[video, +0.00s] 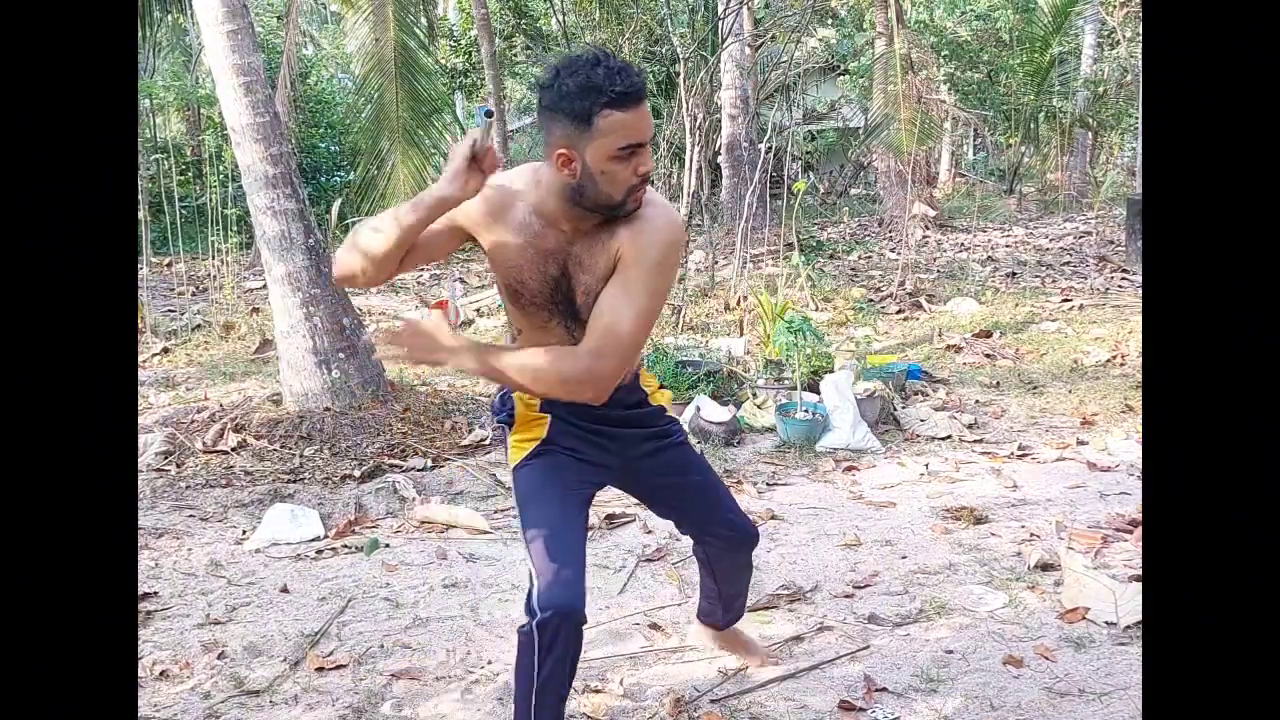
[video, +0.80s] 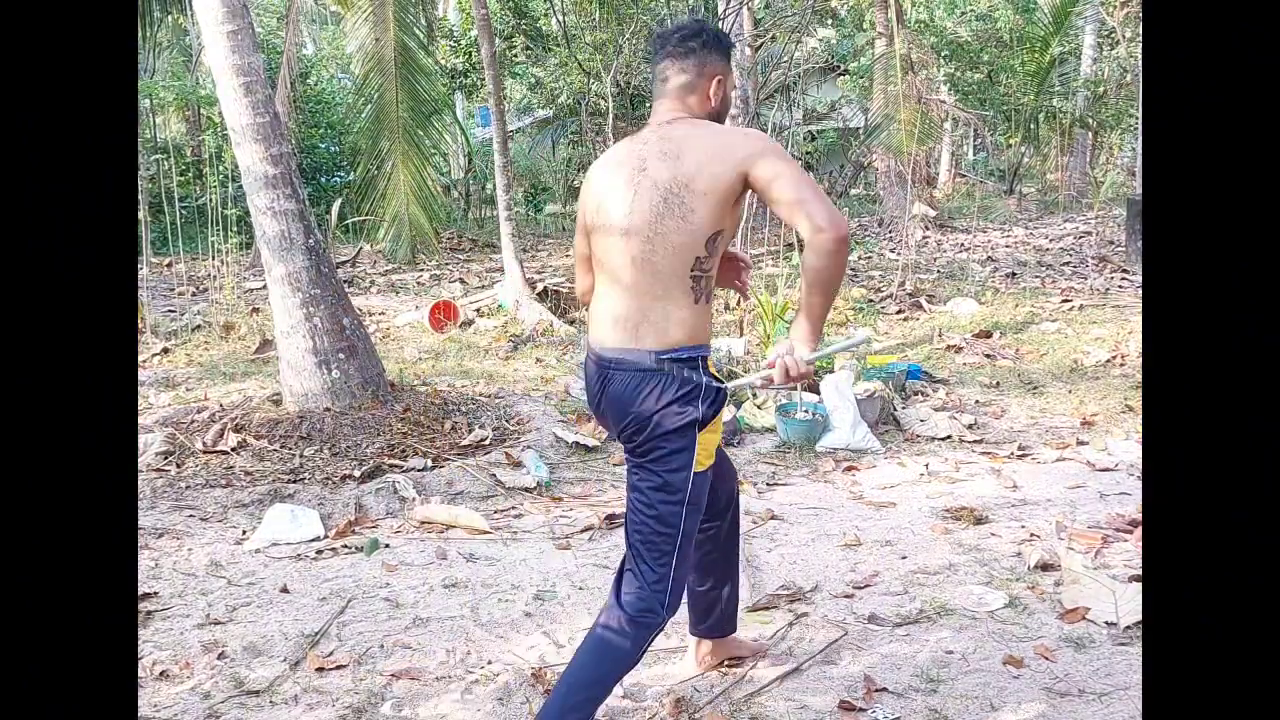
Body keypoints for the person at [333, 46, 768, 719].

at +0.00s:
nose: (648, 167)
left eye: (649, 146)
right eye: (628, 154)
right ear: (566, 159)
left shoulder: (655, 226)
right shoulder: (495, 202)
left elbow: (595, 373)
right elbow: (352, 269)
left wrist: (456, 349)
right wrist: (443, 194)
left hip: (632, 414)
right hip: (545, 421)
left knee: (732, 536)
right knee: (558, 603)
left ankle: (718, 623)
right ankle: (538, 714)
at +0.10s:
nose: (672, 164)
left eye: (672, 144)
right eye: (653, 152)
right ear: (596, 162)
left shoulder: (686, 213)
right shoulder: (529, 201)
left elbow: (677, 358)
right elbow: (375, 254)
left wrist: (554, 332)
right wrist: (480, 199)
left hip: (662, 404)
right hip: (578, 401)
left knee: (749, 525)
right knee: (594, 586)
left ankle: (719, 646)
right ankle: (554, 714)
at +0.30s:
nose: (699, 107)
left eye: (695, 94)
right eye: (688, 100)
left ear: (630, 116)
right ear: (640, 125)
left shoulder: (594, 134)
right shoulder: (627, 218)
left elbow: (677, 149)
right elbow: (750, 258)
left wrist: (725, 208)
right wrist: (794, 257)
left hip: (626, 373)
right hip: (637, 391)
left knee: (731, 494)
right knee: (649, 598)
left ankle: (721, 643)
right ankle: (558, 712)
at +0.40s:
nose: (709, 91)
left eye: (706, 76)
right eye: (702, 79)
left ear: (621, 94)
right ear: (664, 102)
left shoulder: (556, 155)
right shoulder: (709, 194)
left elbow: (621, 186)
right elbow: (787, 224)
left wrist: (686, 162)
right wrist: (764, 174)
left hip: (598, 382)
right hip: (664, 396)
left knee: (728, 493)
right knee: (657, 608)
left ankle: (718, 641)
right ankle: (562, 714)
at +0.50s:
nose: (707, 80)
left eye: (706, 67)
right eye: (703, 68)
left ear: (617, 76)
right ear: (678, 83)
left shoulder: (558, 163)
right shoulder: (730, 177)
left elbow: (538, 211)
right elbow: (719, 282)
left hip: (603, 389)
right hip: (678, 398)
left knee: (727, 492)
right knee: (667, 616)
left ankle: (721, 640)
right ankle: (562, 717)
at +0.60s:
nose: (703, 82)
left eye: (703, 70)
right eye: (701, 70)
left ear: (617, 76)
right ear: (683, 75)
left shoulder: (563, 165)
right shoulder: (728, 172)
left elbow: (522, 262)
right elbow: (770, 303)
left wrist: (597, 241)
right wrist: (723, 351)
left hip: (597, 402)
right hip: (675, 407)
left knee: (714, 494)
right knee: (663, 620)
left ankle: (720, 639)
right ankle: (561, 717)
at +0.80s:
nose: (729, 100)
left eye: (726, 90)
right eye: (729, 89)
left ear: (657, 86)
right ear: (715, 86)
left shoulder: (605, 167)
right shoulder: (737, 144)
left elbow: (587, 286)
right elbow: (827, 232)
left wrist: (700, 266)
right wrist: (805, 335)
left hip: (604, 379)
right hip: (673, 387)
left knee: (715, 490)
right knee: (649, 589)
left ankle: (716, 639)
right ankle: (556, 713)